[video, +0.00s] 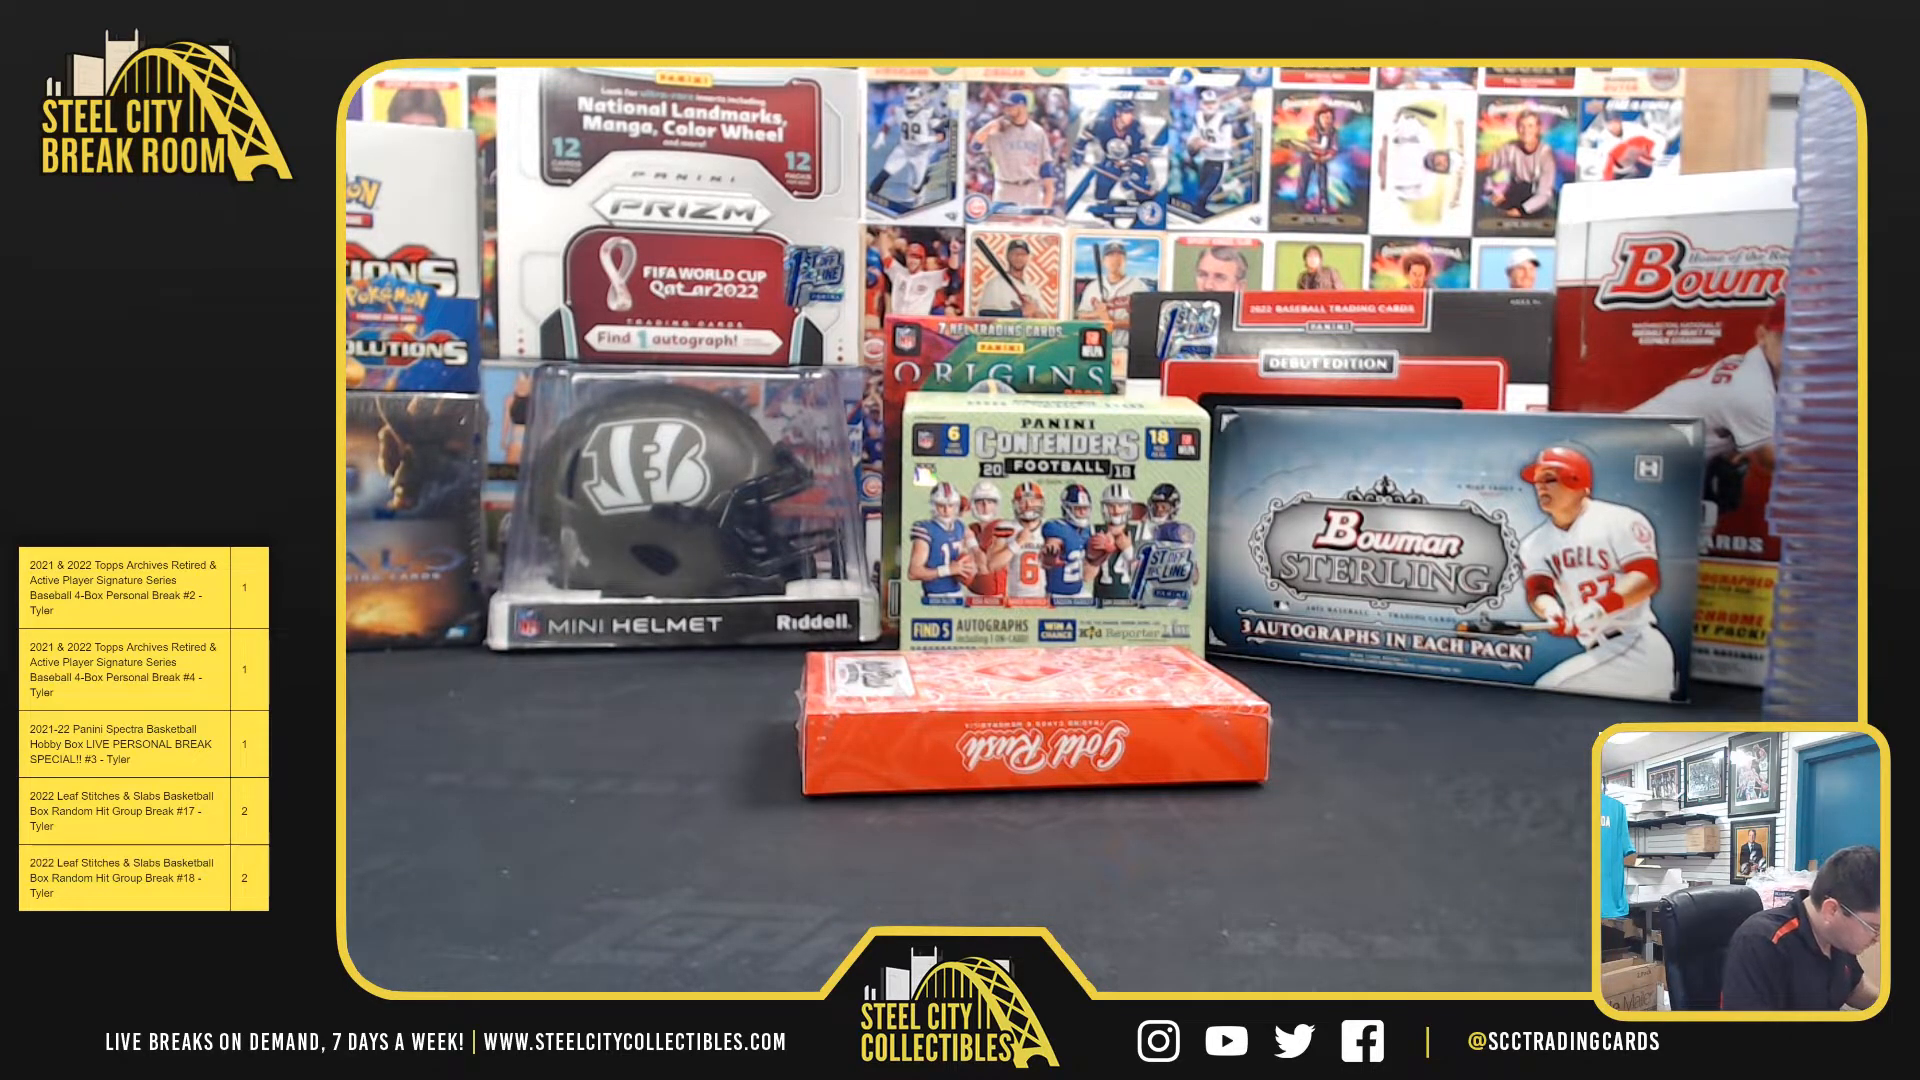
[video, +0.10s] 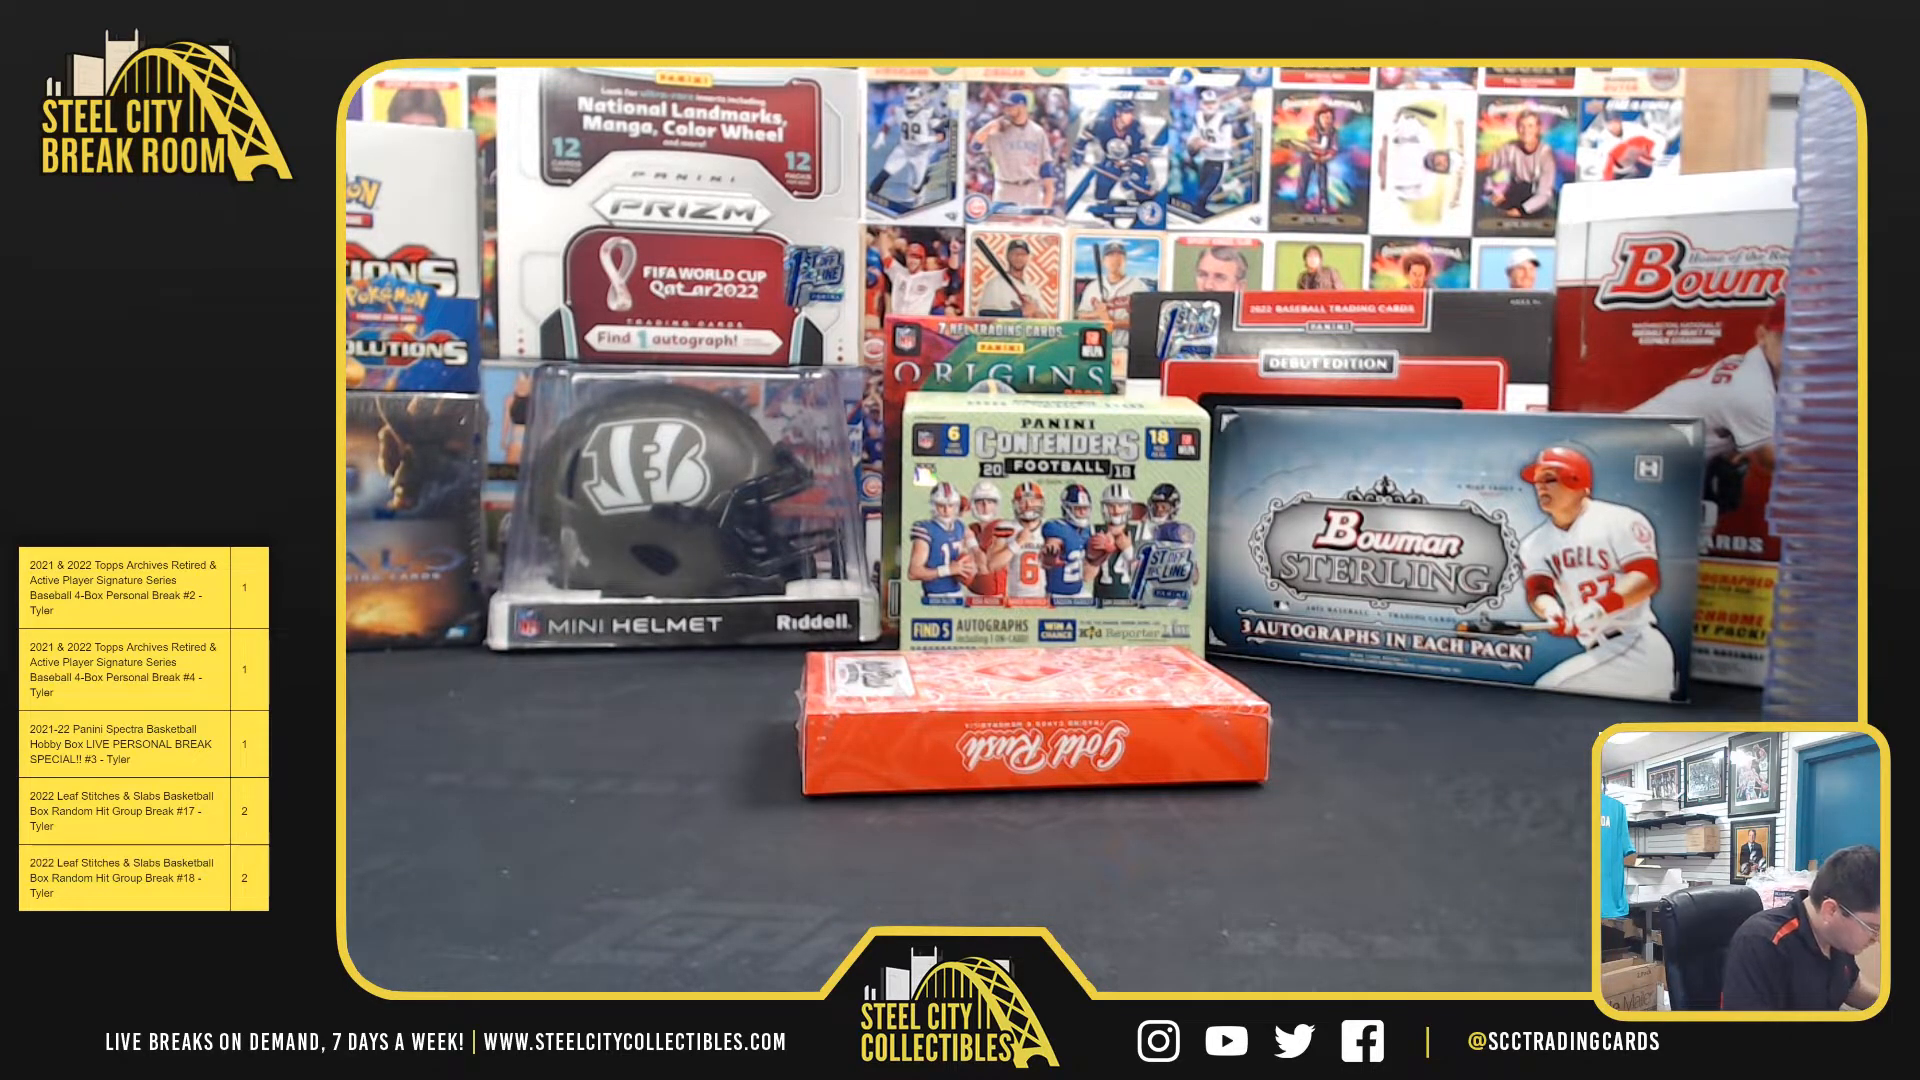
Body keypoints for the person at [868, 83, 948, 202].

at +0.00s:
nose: (910, 103)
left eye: (913, 99)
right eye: (908, 99)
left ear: (920, 100)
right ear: (905, 100)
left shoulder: (928, 114)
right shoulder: (899, 113)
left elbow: (942, 135)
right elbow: (887, 125)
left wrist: (928, 139)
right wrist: (881, 138)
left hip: (921, 153)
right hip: (903, 150)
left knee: (915, 187)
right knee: (885, 173)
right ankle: (868, 198)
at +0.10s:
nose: (910, 103)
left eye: (913, 99)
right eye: (908, 99)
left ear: (921, 100)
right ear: (905, 100)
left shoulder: (928, 114)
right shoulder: (900, 113)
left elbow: (942, 135)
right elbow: (887, 125)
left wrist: (928, 139)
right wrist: (881, 138)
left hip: (921, 153)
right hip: (903, 150)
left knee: (915, 187)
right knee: (885, 173)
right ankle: (868, 197)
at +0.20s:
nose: (910, 103)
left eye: (913, 99)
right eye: (908, 99)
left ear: (921, 100)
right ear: (905, 100)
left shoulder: (928, 114)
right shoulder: (900, 113)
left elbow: (942, 135)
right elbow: (887, 125)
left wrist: (928, 139)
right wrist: (881, 138)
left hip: (921, 153)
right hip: (903, 150)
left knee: (915, 187)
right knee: (885, 173)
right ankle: (868, 197)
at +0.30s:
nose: (910, 103)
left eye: (913, 99)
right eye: (908, 99)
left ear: (921, 100)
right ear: (905, 100)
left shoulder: (928, 114)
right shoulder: (900, 113)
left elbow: (942, 135)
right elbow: (887, 125)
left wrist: (928, 139)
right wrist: (881, 138)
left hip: (921, 153)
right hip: (903, 150)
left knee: (915, 187)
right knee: (885, 173)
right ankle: (868, 197)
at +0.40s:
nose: (910, 103)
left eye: (913, 99)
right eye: (908, 99)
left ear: (920, 100)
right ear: (905, 100)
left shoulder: (928, 114)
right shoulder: (899, 113)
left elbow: (942, 135)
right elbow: (887, 125)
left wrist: (928, 139)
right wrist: (881, 138)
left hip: (921, 153)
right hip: (903, 150)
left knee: (915, 187)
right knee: (885, 173)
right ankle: (868, 198)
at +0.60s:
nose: (910, 102)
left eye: (913, 99)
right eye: (908, 99)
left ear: (920, 100)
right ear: (905, 100)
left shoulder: (928, 114)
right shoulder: (899, 113)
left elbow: (942, 135)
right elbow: (887, 125)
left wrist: (928, 139)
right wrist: (881, 138)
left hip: (921, 153)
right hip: (903, 150)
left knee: (915, 186)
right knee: (885, 173)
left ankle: (919, 196)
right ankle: (868, 198)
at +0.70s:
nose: (910, 103)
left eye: (913, 99)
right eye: (908, 99)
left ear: (920, 100)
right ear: (905, 100)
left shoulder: (928, 114)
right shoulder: (899, 113)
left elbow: (942, 135)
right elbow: (887, 125)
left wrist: (928, 139)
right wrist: (881, 138)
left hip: (921, 153)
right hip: (903, 150)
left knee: (915, 186)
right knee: (885, 173)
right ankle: (868, 198)